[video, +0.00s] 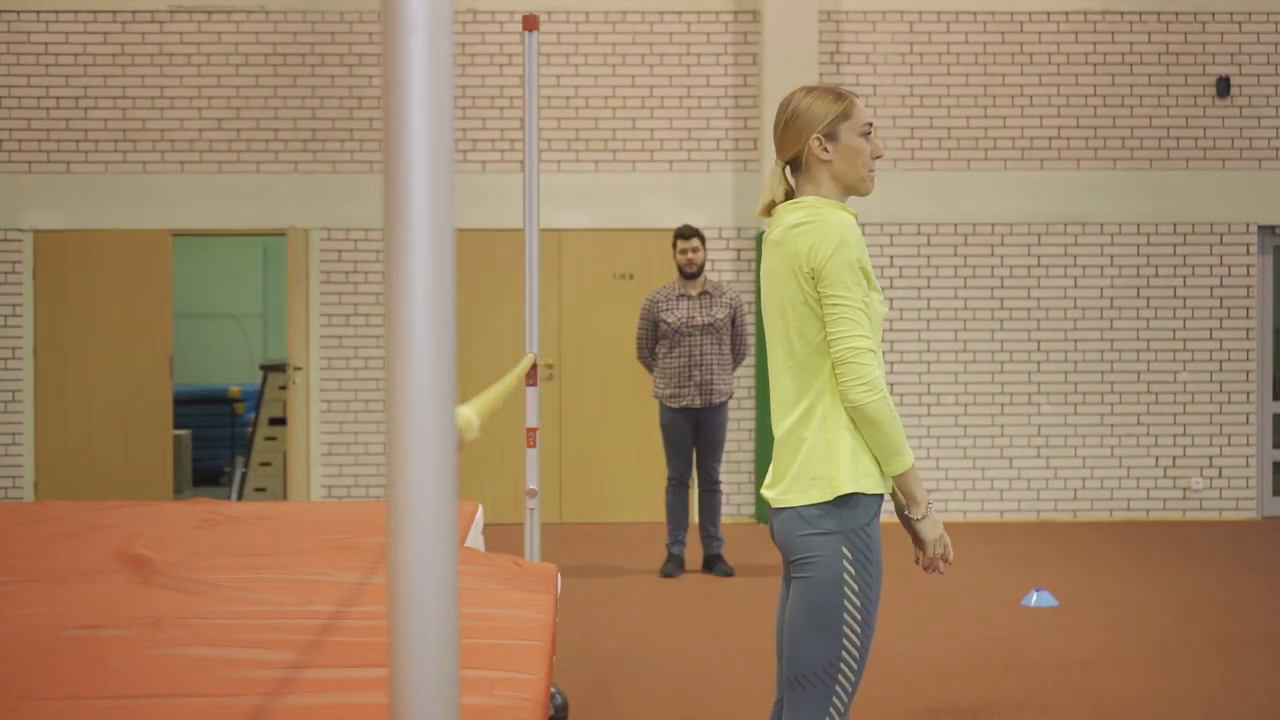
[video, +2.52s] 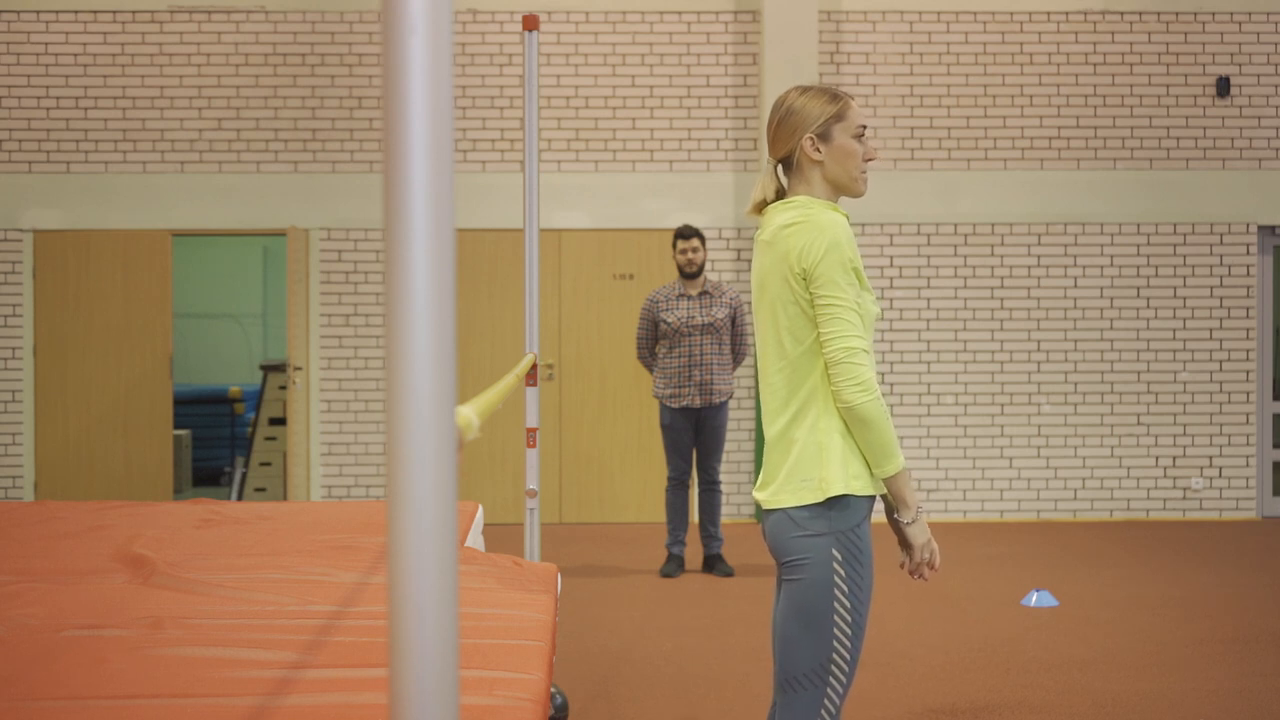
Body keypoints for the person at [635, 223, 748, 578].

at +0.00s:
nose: (689, 257)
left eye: (695, 250)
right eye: (683, 251)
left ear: (705, 253)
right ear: (674, 256)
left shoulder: (728, 297)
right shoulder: (659, 299)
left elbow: (740, 348)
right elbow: (644, 350)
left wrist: (717, 372)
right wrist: (671, 375)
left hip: (715, 402)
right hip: (674, 402)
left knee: (710, 479)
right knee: (678, 477)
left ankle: (713, 552)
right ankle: (675, 553)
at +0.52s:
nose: (689, 256)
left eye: (695, 250)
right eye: (683, 251)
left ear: (705, 254)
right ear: (674, 256)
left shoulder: (728, 297)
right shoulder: (659, 299)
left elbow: (741, 348)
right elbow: (644, 350)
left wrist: (717, 372)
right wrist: (670, 375)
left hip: (715, 402)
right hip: (674, 402)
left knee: (710, 479)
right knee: (678, 477)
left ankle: (713, 552)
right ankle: (675, 553)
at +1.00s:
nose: (689, 256)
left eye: (695, 250)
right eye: (682, 251)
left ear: (705, 254)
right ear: (674, 256)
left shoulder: (728, 296)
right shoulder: (659, 299)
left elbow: (740, 348)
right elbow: (644, 350)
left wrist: (718, 372)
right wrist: (670, 375)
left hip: (715, 401)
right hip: (674, 402)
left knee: (710, 478)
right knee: (678, 477)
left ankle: (713, 552)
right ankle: (675, 553)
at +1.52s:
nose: (689, 256)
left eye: (695, 250)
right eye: (682, 251)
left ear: (705, 253)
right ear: (674, 256)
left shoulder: (728, 297)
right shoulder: (658, 300)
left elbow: (741, 347)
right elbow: (644, 350)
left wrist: (718, 372)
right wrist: (669, 376)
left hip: (715, 401)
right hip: (674, 402)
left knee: (710, 478)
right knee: (678, 477)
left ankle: (713, 553)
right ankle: (675, 553)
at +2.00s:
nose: (689, 256)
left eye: (695, 250)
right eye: (682, 251)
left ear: (705, 253)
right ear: (674, 256)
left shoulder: (728, 296)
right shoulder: (658, 300)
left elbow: (741, 347)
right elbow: (644, 350)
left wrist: (718, 372)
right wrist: (669, 376)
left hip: (715, 401)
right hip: (674, 402)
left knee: (710, 478)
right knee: (678, 477)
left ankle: (713, 553)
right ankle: (675, 553)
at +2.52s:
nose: (689, 256)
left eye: (695, 250)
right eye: (682, 251)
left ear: (705, 253)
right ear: (674, 256)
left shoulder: (728, 296)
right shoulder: (658, 300)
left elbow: (741, 347)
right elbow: (644, 350)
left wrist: (718, 372)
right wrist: (669, 376)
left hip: (715, 401)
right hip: (674, 402)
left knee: (710, 478)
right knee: (678, 477)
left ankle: (713, 552)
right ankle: (675, 553)